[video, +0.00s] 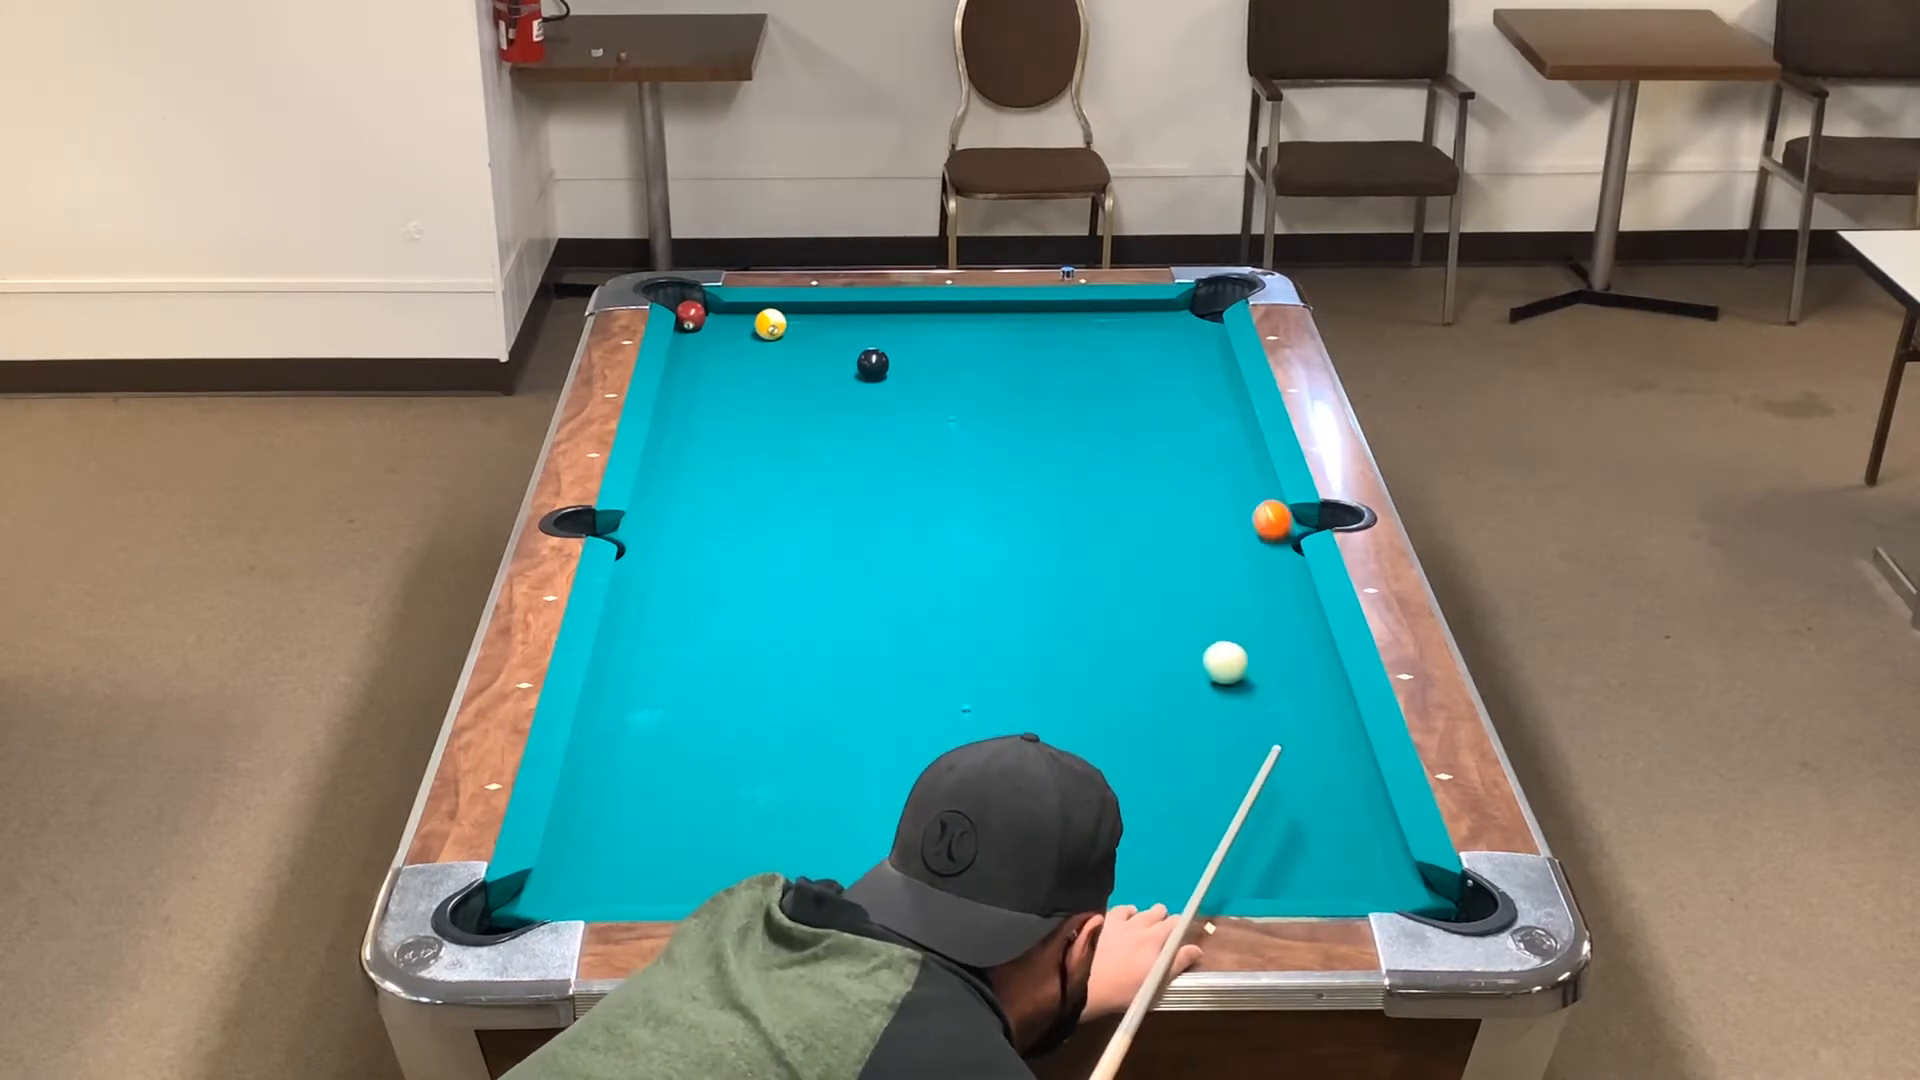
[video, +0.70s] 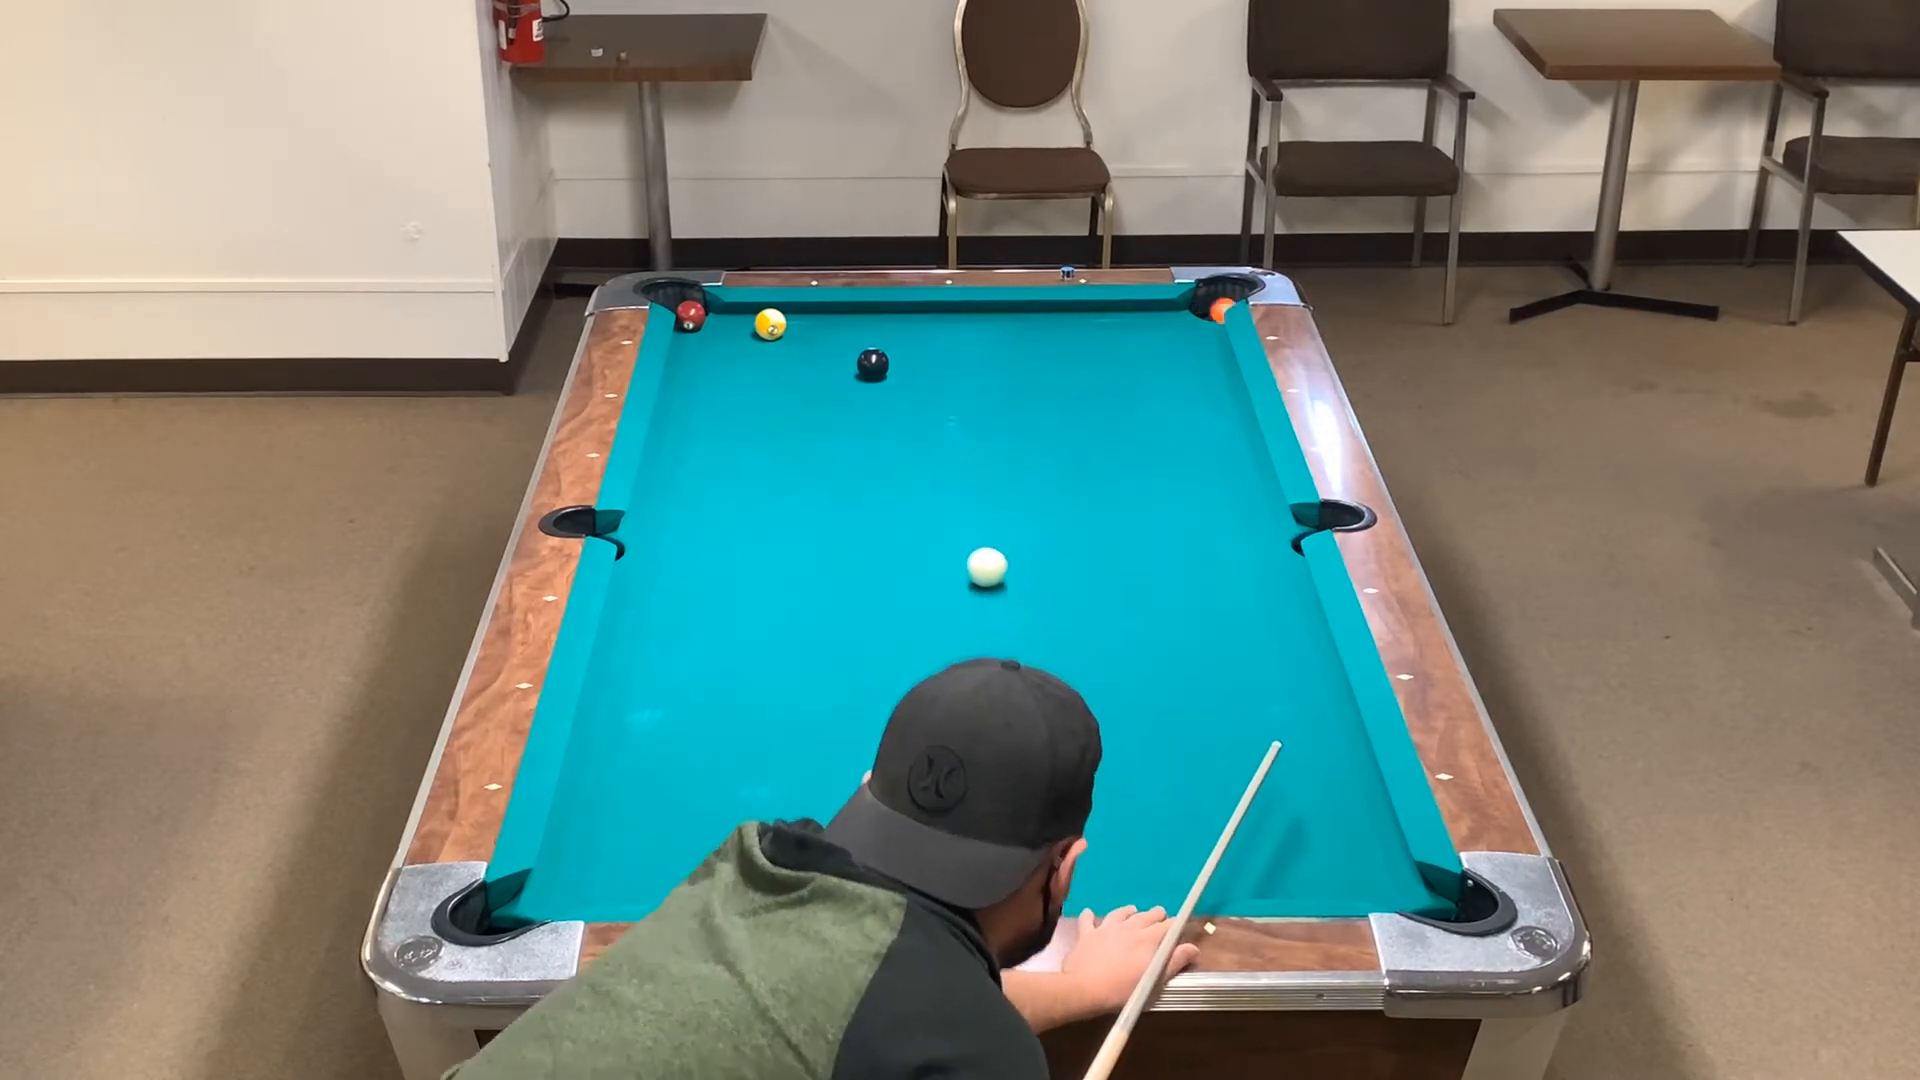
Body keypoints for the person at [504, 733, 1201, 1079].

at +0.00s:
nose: (1092, 935)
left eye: (1095, 925)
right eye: (1092, 921)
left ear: (903, 850)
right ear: (1073, 940)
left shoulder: (749, 905)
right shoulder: (958, 1050)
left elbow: (904, 993)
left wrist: (1066, 990)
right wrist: (1093, 1001)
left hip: (548, 1063)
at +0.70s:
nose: (1068, 874)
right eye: (1069, 853)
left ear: (878, 786)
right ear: (1055, 867)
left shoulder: (754, 857)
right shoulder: (966, 1031)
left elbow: (859, 1004)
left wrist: (1059, 985)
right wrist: (1074, 988)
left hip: (510, 1052)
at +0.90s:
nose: (1056, 751)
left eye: (1053, 729)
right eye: (1057, 733)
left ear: (854, 688)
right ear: (1040, 759)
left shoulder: (750, 793)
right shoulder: (967, 971)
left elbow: (821, 947)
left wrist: (1057, 972)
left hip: (465, 1044)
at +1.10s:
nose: (1019, 613)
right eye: (1023, 592)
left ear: (806, 578)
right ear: (1003, 620)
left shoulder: (709, 709)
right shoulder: (942, 862)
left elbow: (800, 892)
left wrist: (1040, 955)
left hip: (430, 1048)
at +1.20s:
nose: (991, 552)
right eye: (991, 531)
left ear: (779, 519)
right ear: (974, 557)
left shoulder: (675, 670)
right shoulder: (926, 807)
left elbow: (773, 886)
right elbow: (885, 1068)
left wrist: (1026, 954)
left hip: (417, 1053)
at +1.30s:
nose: (962, 483)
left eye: (953, 458)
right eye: (959, 463)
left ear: (752, 461)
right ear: (942, 491)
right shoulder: (900, 755)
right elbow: (870, 1061)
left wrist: (1016, 952)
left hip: (425, 1047)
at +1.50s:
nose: (900, 388)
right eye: (896, 373)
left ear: (677, 387)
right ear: (884, 403)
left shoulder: (566, 579)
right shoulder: (869, 696)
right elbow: (885, 1056)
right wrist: (978, 1055)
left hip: (457, 1050)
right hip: (704, 1064)